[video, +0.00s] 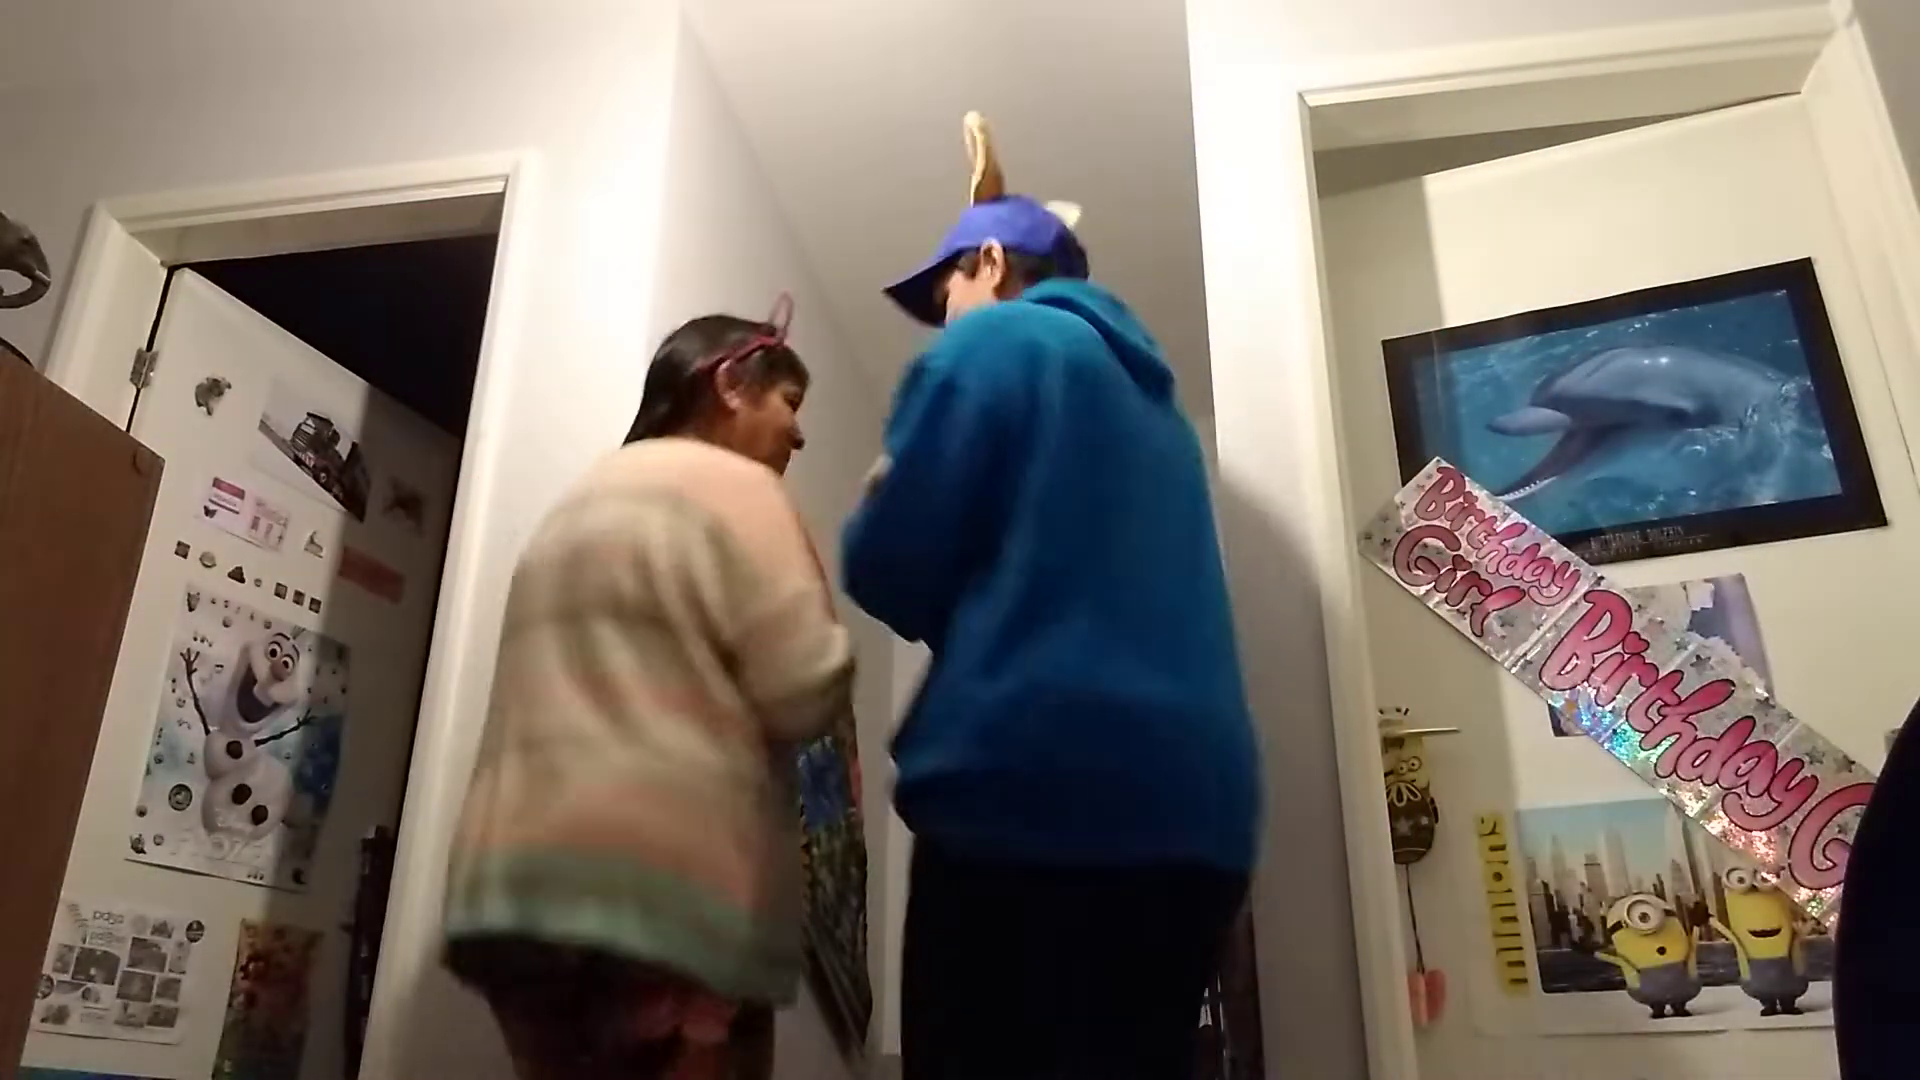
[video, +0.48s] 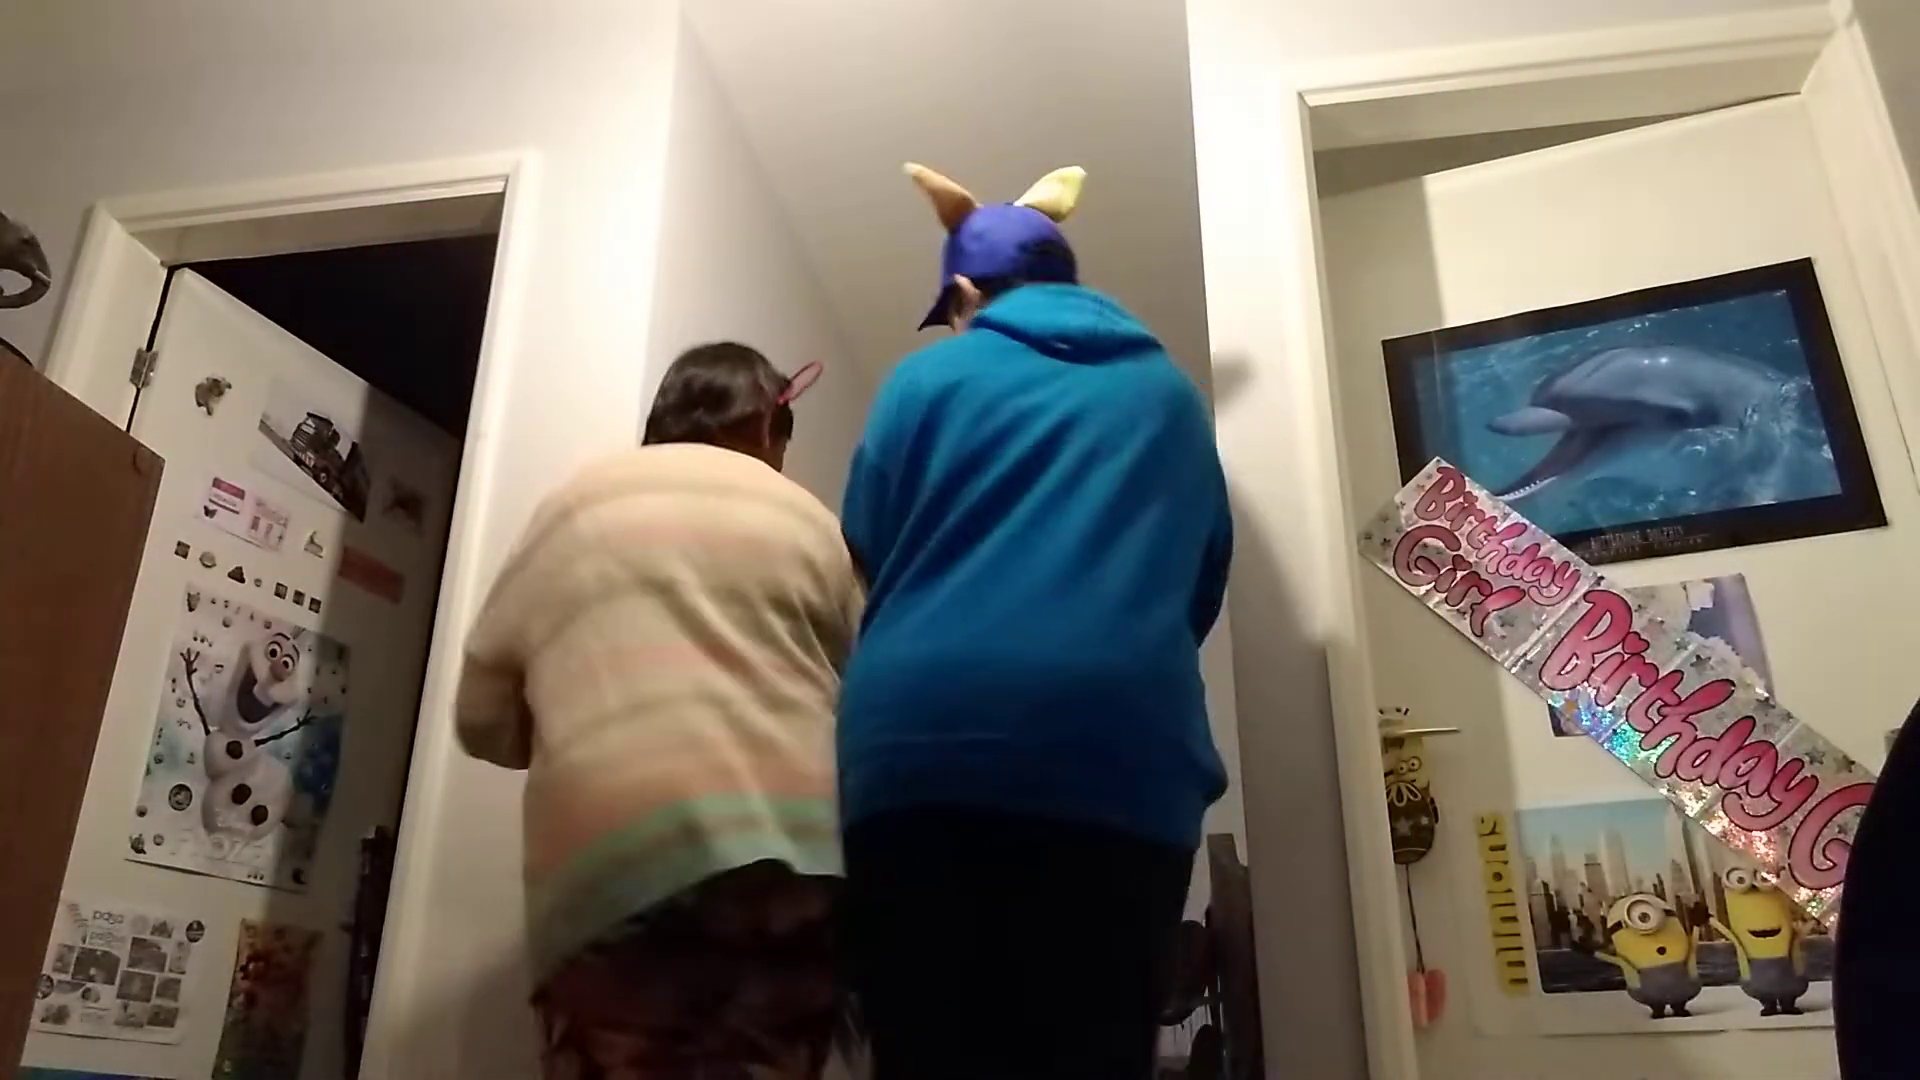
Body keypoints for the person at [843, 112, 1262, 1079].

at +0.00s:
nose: (939, 314)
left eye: (944, 289)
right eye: (938, 295)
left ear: (989, 267)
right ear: (1074, 275)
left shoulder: (994, 339)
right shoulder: (1162, 409)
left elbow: (885, 566)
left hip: (1021, 787)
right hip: (1192, 806)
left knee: (972, 1052)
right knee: (1137, 1057)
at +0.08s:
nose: (944, 293)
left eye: (949, 274)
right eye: (945, 278)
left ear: (989, 258)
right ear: (1080, 264)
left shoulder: (953, 338)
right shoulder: (1172, 392)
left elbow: (872, 561)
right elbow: (1177, 556)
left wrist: (977, 608)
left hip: (997, 761)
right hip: (1187, 773)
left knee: (973, 1051)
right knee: (1150, 1054)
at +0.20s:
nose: (950, 287)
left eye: (956, 269)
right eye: (953, 272)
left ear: (986, 259)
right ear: (1086, 263)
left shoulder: (927, 346)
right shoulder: (1184, 385)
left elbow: (865, 552)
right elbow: (1206, 552)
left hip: (967, 754)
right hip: (1172, 756)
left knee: (970, 1047)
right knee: (1161, 1048)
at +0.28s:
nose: (955, 297)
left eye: (959, 280)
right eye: (956, 283)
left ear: (986, 269)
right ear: (1090, 268)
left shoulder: (927, 356)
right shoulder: (1185, 381)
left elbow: (868, 548)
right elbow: (1211, 550)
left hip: (942, 760)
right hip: (1157, 761)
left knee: (962, 1043)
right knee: (1156, 1041)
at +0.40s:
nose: (954, 326)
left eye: (955, 311)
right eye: (953, 314)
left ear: (981, 300)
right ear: (1084, 293)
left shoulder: (935, 377)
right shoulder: (1182, 402)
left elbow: (866, 543)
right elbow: (1213, 570)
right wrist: (1134, 654)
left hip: (918, 771)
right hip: (1133, 782)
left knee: (918, 1046)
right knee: (1097, 1052)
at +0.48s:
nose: (941, 324)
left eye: (943, 309)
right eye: (942, 312)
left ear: (965, 294)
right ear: (1071, 286)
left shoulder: (923, 377)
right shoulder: (1173, 394)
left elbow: (868, 541)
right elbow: (1203, 586)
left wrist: (938, 630)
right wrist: (1126, 667)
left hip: (917, 759)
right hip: (1129, 770)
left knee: (931, 1042)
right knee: (1098, 1046)